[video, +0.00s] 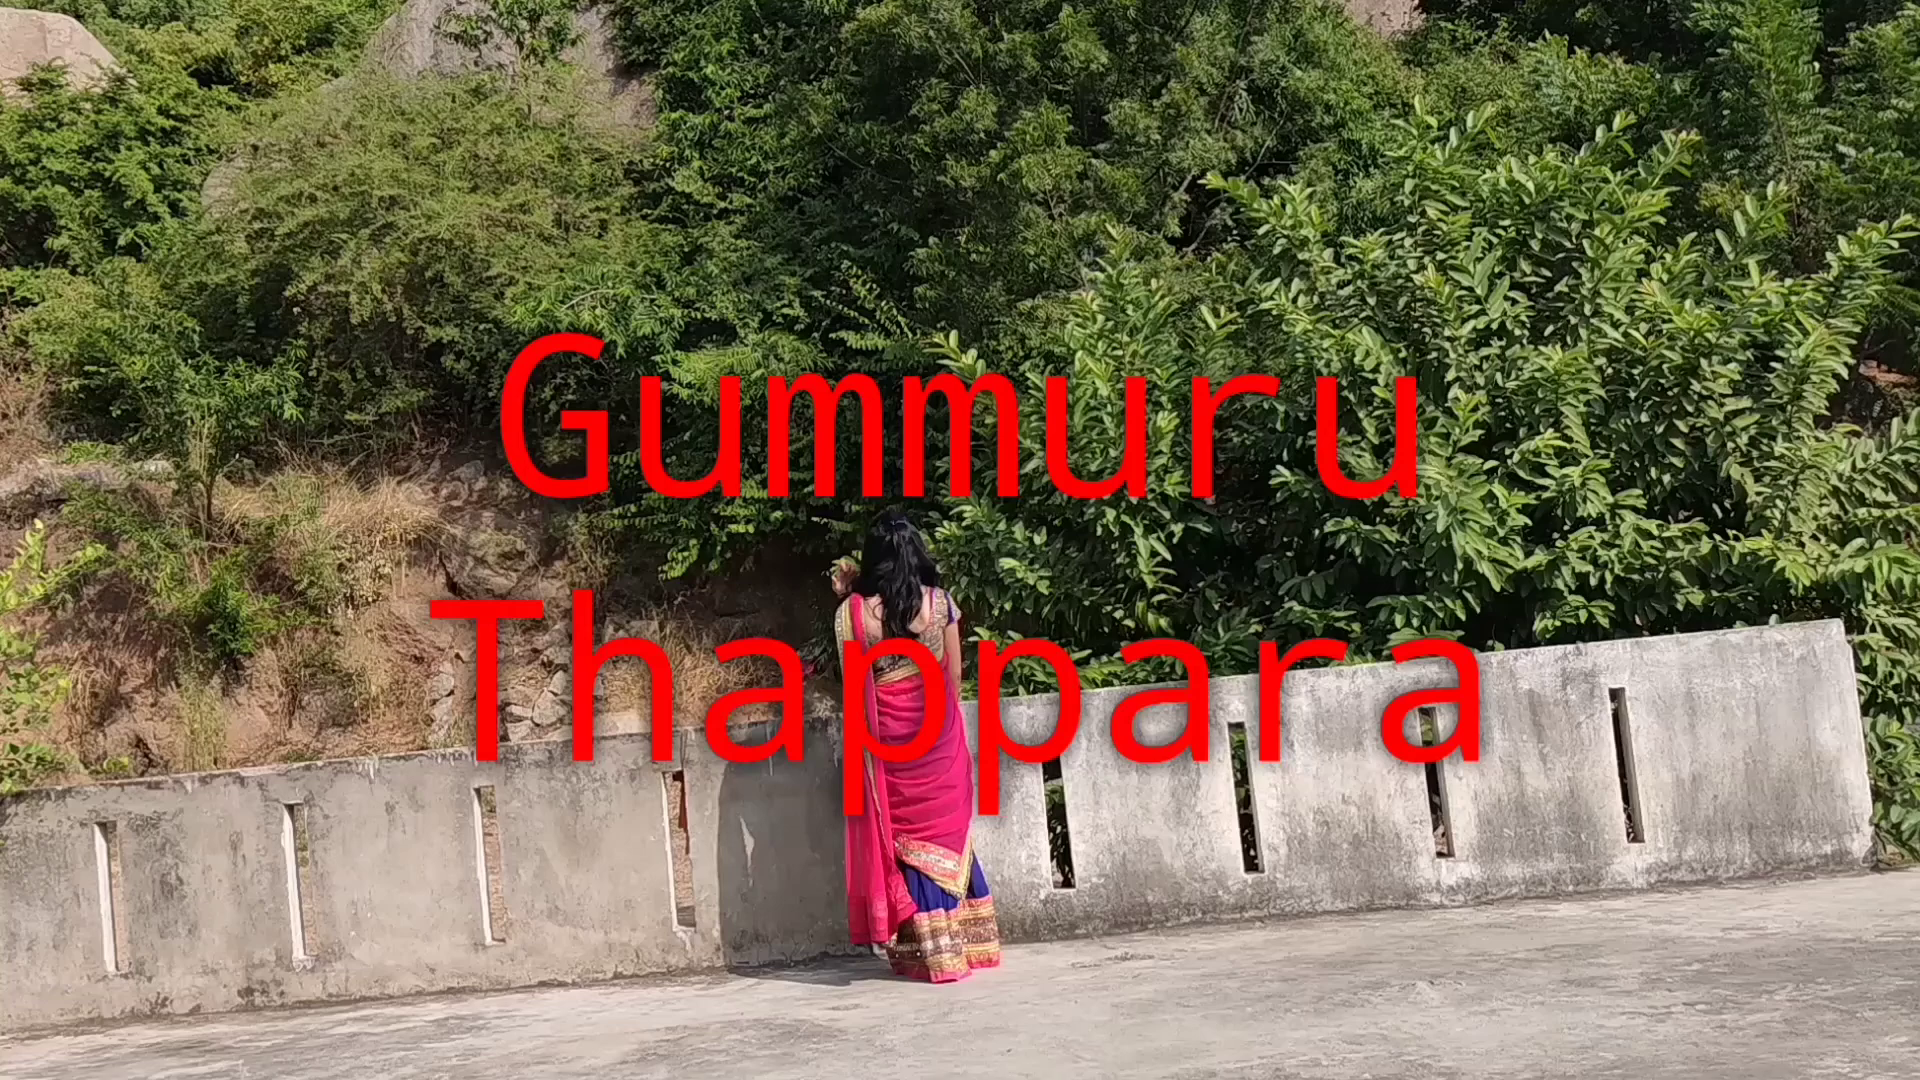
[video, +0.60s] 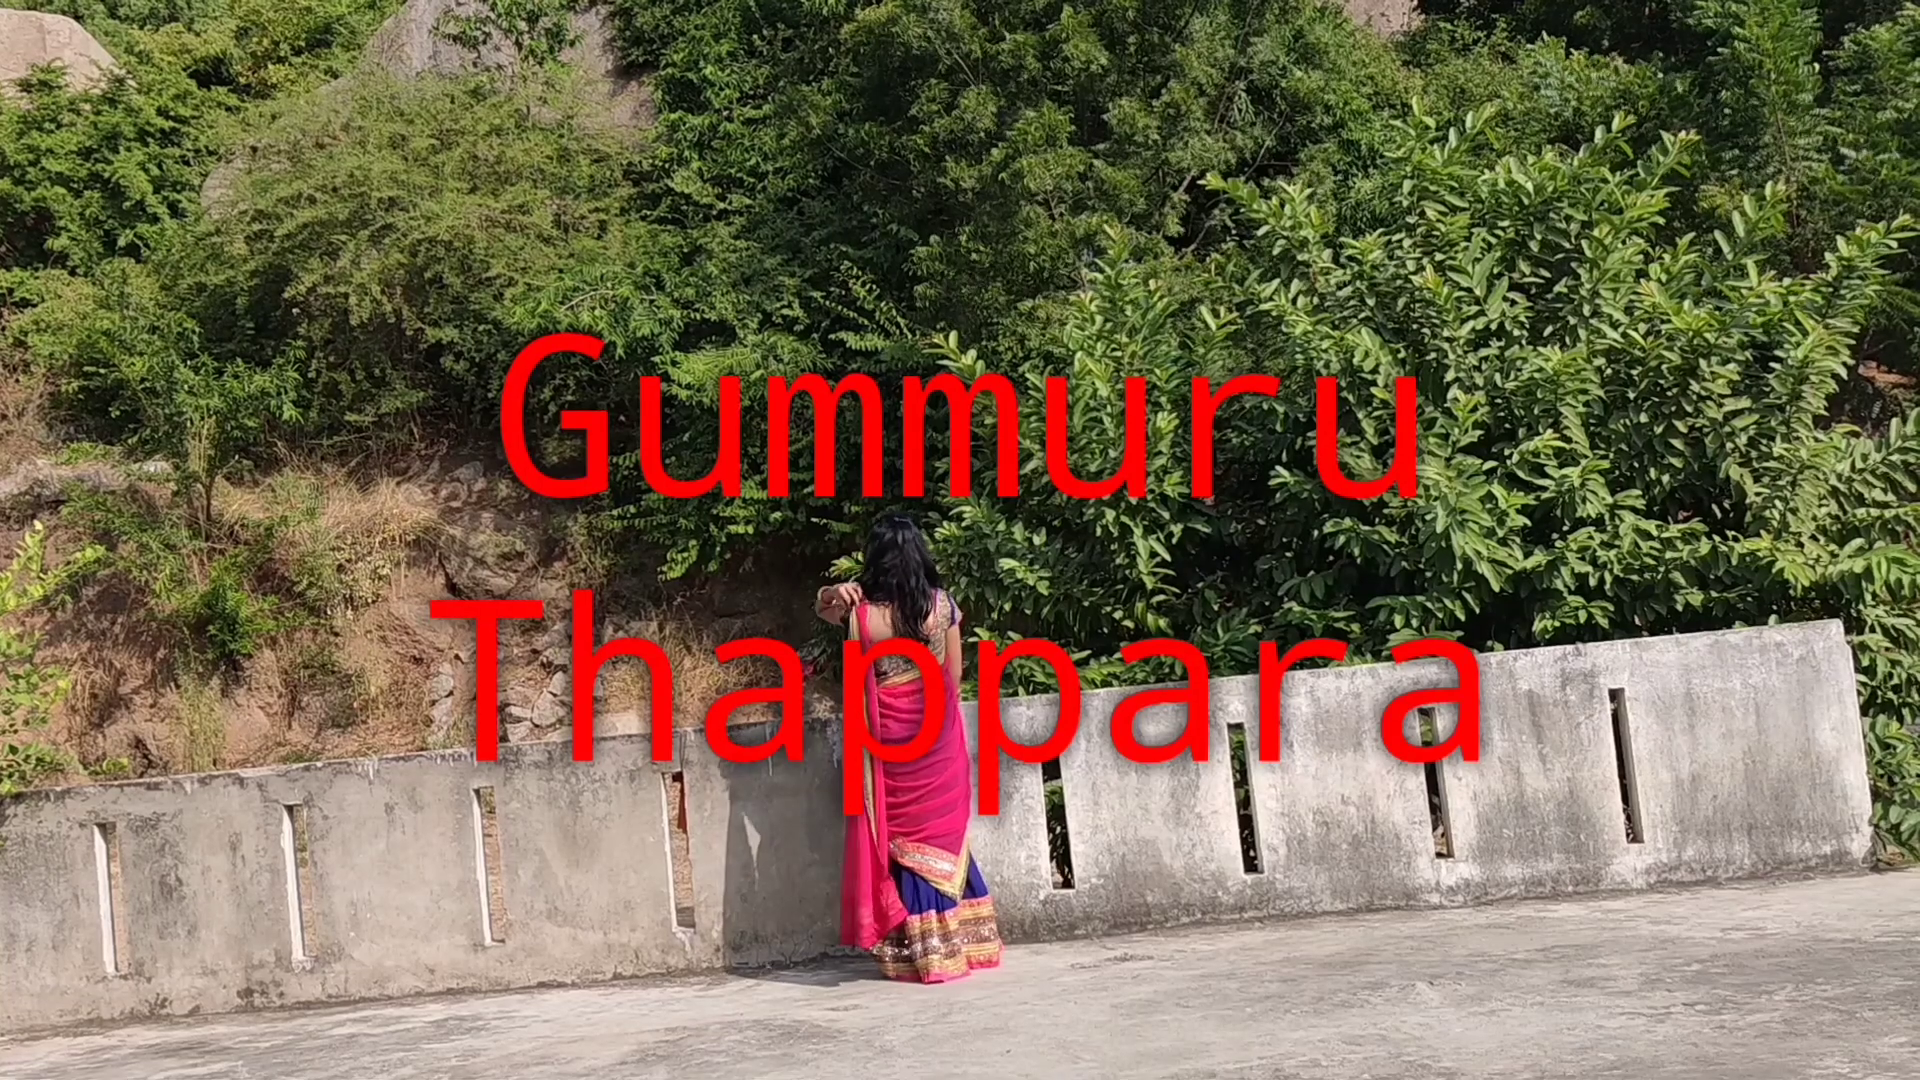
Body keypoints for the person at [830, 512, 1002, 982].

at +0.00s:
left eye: (873, 549)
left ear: (872, 556)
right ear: (919, 553)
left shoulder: (854, 611)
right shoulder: (942, 602)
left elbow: (852, 678)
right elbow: (953, 673)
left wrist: (845, 599)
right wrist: (951, 720)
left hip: (885, 729)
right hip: (937, 725)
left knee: (897, 831)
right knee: (945, 827)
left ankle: (917, 946)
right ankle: (954, 944)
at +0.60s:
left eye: (880, 554)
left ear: (875, 561)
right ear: (922, 556)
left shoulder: (864, 613)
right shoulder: (944, 605)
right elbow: (954, 673)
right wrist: (945, 717)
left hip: (889, 730)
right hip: (939, 727)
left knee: (897, 831)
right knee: (945, 828)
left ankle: (915, 947)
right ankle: (959, 940)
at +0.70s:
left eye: (874, 552)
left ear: (871, 559)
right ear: (917, 556)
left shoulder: (861, 604)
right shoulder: (939, 602)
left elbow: (814, 597)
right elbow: (951, 671)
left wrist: (834, 586)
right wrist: (941, 712)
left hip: (886, 723)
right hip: (936, 721)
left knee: (894, 828)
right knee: (944, 825)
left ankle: (912, 946)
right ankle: (956, 939)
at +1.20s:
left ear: (856, 563)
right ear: (904, 562)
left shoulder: (839, 616)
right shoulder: (923, 609)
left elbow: (808, 657)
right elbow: (931, 670)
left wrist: (813, 609)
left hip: (871, 734)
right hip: (921, 730)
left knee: (884, 833)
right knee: (935, 829)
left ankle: (907, 951)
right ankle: (951, 942)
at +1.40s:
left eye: (849, 557)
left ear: (848, 562)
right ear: (895, 559)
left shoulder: (833, 615)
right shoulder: (919, 606)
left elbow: (836, 688)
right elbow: (930, 672)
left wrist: (856, 729)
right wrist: (926, 724)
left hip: (868, 732)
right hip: (917, 726)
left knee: (881, 833)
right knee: (928, 827)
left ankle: (906, 951)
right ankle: (948, 942)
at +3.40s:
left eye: (848, 556)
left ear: (846, 562)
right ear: (892, 558)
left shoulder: (829, 616)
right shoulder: (919, 607)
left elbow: (832, 687)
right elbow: (934, 674)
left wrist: (845, 740)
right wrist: (931, 726)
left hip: (867, 739)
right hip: (919, 732)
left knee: (878, 837)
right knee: (930, 831)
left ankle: (893, 953)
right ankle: (945, 945)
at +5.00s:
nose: (846, 555)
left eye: (855, 551)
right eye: (850, 547)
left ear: (875, 563)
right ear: (886, 564)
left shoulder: (849, 600)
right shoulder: (904, 602)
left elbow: (824, 664)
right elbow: (910, 668)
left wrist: (819, 723)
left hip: (881, 729)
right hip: (924, 726)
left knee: (877, 827)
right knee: (915, 827)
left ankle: (891, 947)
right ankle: (934, 941)